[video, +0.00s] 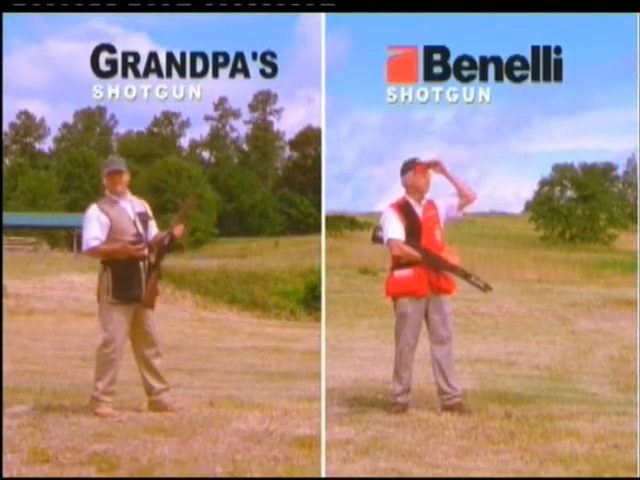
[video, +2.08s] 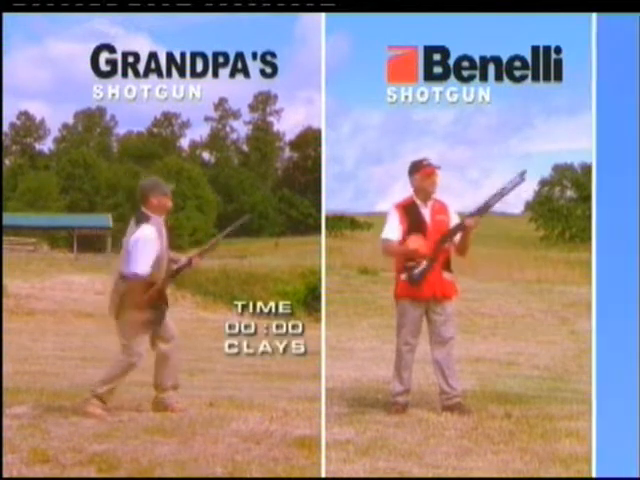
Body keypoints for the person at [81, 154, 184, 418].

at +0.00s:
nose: (115, 180)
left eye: (119, 174)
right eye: (110, 175)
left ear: (128, 177)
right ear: (104, 180)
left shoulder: (141, 206)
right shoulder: (98, 211)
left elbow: (153, 241)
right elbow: (90, 247)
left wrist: (170, 236)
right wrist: (123, 250)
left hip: (142, 283)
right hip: (114, 283)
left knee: (148, 343)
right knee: (113, 342)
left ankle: (158, 396)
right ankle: (101, 399)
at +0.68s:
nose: (138, 180)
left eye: (140, 175)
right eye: (132, 175)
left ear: (145, 178)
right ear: (121, 180)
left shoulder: (150, 208)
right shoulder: (111, 210)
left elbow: (157, 242)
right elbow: (116, 244)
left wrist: (178, 236)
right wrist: (150, 231)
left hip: (149, 273)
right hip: (122, 273)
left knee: (154, 341)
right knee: (116, 341)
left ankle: (161, 396)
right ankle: (102, 399)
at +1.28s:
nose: (154, 189)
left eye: (154, 184)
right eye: (149, 184)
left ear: (144, 188)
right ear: (132, 187)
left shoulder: (151, 215)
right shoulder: (120, 217)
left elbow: (163, 247)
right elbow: (127, 256)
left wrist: (184, 242)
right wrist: (159, 270)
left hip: (145, 280)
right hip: (122, 282)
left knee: (158, 340)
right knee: (121, 342)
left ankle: (162, 396)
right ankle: (93, 399)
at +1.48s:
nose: (152, 190)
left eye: (151, 185)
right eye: (146, 185)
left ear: (140, 190)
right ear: (131, 189)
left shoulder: (149, 216)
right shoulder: (116, 221)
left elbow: (159, 249)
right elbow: (113, 262)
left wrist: (180, 246)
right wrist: (125, 293)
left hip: (146, 281)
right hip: (122, 283)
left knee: (160, 339)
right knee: (121, 343)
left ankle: (163, 396)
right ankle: (92, 399)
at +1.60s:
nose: (152, 188)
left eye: (151, 183)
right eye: (146, 183)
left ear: (143, 188)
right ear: (130, 188)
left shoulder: (150, 214)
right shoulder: (115, 218)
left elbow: (158, 247)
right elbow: (98, 257)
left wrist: (179, 245)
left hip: (146, 279)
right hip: (120, 281)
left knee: (159, 339)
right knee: (119, 343)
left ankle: (162, 397)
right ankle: (92, 399)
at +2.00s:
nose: (173, 217)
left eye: (172, 211)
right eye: (169, 212)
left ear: (158, 216)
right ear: (154, 215)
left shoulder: (164, 239)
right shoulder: (136, 244)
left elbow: (161, 271)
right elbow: (110, 276)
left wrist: (186, 268)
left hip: (145, 296)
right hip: (122, 298)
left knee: (166, 341)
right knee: (134, 359)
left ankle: (163, 396)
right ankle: (94, 398)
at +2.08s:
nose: (170, 202)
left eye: (169, 197)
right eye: (165, 197)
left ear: (153, 202)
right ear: (151, 201)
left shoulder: (157, 225)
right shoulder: (145, 233)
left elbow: (156, 259)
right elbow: (136, 277)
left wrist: (182, 262)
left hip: (149, 297)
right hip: (132, 299)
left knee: (167, 342)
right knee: (133, 354)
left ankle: (165, 395)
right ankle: (96, 398)